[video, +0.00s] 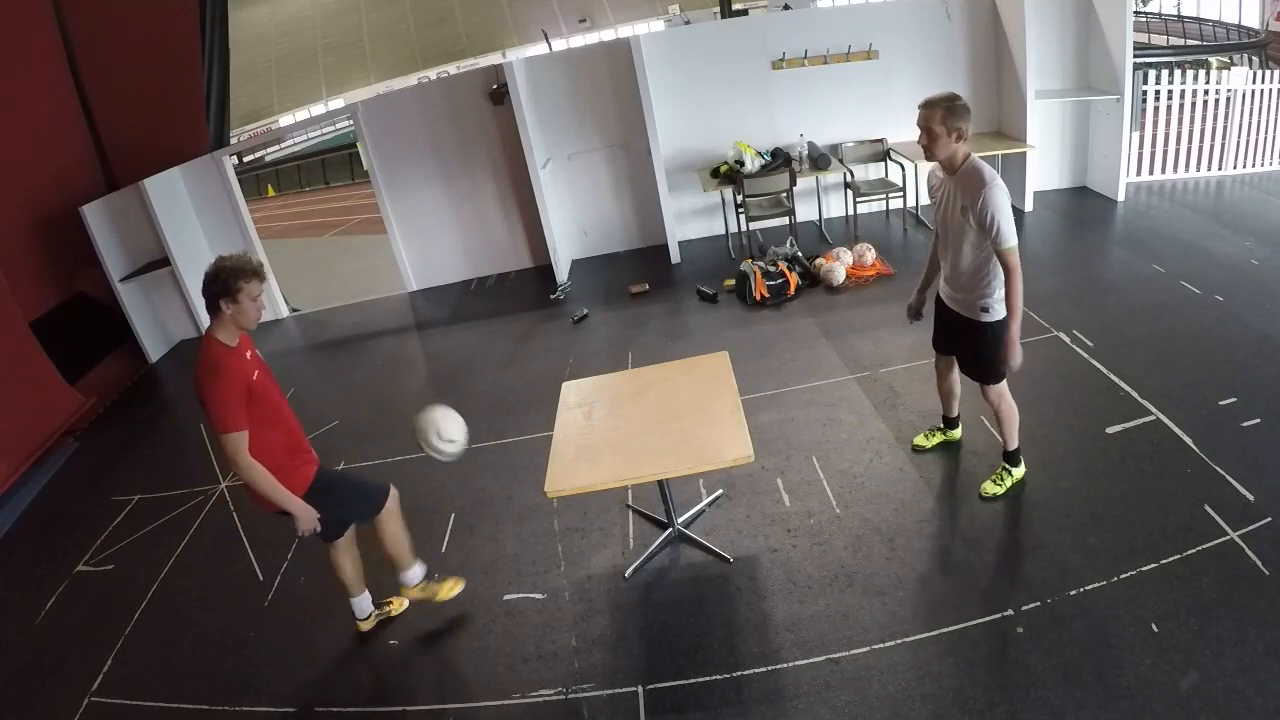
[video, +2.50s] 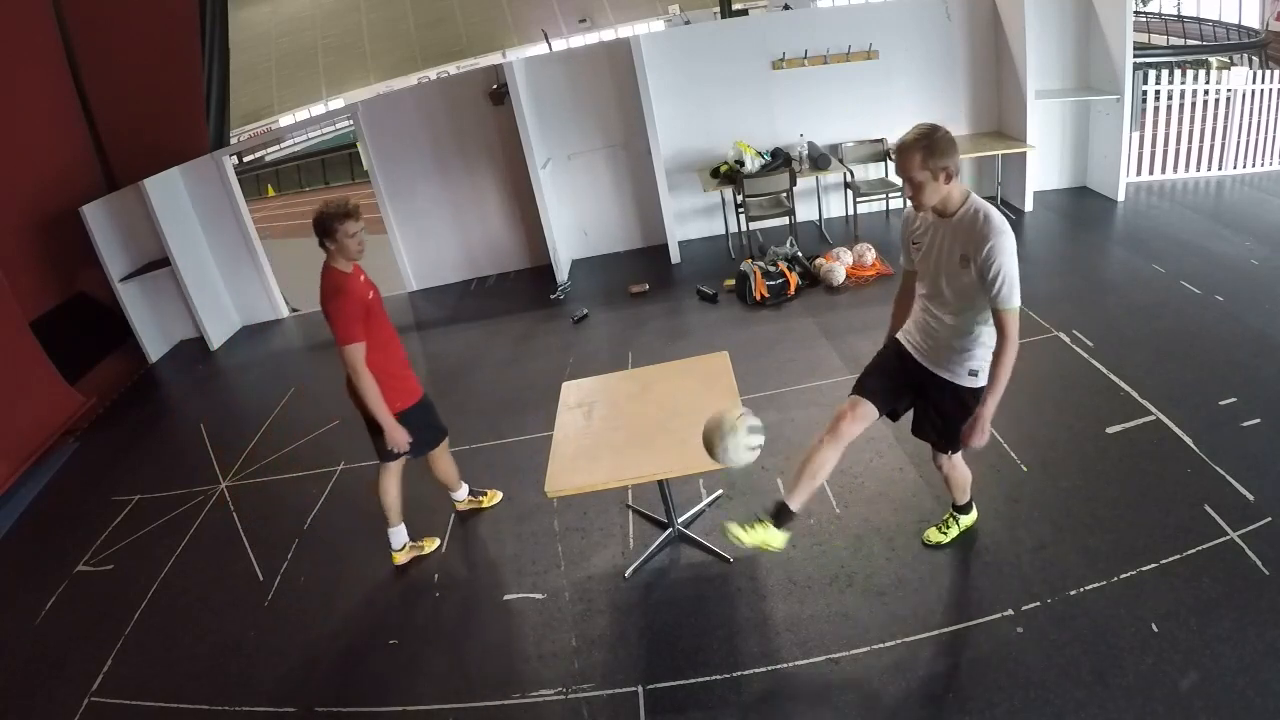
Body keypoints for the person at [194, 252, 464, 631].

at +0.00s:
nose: (262, 306)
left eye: (260, 296)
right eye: (254, 299)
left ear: (231, 306)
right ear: (226, 307)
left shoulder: (237, 341)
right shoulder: (219, 368)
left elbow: (259, 417)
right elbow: (239, 458)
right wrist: (296, 507)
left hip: (299, 470)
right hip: (292, 486)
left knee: (339, 532)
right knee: (384, 498)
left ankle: (366, 614)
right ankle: (416, 582)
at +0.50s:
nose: (265, 297)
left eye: (263, 289)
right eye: (257, 292)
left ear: (237, 298)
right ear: (229, 301)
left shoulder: (245, 336)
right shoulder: (222, 362)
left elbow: (268, 405)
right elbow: (245, 453)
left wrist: (310, 450)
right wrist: (306, 495)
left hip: (301, 453)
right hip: (291, 469)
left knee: (350, 524)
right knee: (388, 436)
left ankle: (367, 614)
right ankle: (475, 497)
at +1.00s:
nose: (275, 287)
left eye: (271, 278)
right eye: (265, 282)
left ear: (243, 295)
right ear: (238, 297)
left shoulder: (260, 329)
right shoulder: (241, 361)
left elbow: (292, 401)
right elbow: (268, 453)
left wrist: (329, 439)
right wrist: (321, 509)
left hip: (325, 467)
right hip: (311, 491)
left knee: (353, 547)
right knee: (355, 560)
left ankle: (367, 610)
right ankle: (390, 628)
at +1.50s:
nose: (296, 288)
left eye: (294, 279)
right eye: (287, 283)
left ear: (266, 291)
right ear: (258, 293)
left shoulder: (283, 323)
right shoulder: (259, 358)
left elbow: (312, 390)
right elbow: (286, 450)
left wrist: (346, 428)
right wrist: (338, 505)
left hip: (337, 454)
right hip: (317, 480)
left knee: (368, 503)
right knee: (360, 557)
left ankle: (392, 559)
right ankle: (392, 629)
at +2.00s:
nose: (313, 260)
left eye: (313, 252)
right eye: (303, 256)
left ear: (312, 251)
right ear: (279, 265)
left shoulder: (307, 292)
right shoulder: (281, 322)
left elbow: (334, 352)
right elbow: (295, 400)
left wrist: (371, 391)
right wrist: (343, 448)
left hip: (356, 415)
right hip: (344, 433)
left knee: (380, 489)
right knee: (408, 493)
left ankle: (398, 547)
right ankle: (402, 583)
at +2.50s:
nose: (361, 240)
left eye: (361, 232)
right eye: (352, 236)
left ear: (360, 231)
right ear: (330, 244)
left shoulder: (347, 269)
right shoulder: (341, 292)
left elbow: (373, 340)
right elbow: (356, 367)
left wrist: (403, 381)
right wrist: (388, 423)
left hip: (394, 386)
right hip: (391, 396)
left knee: (390, 463)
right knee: (437, 443)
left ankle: (400, 546)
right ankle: (464, 498)